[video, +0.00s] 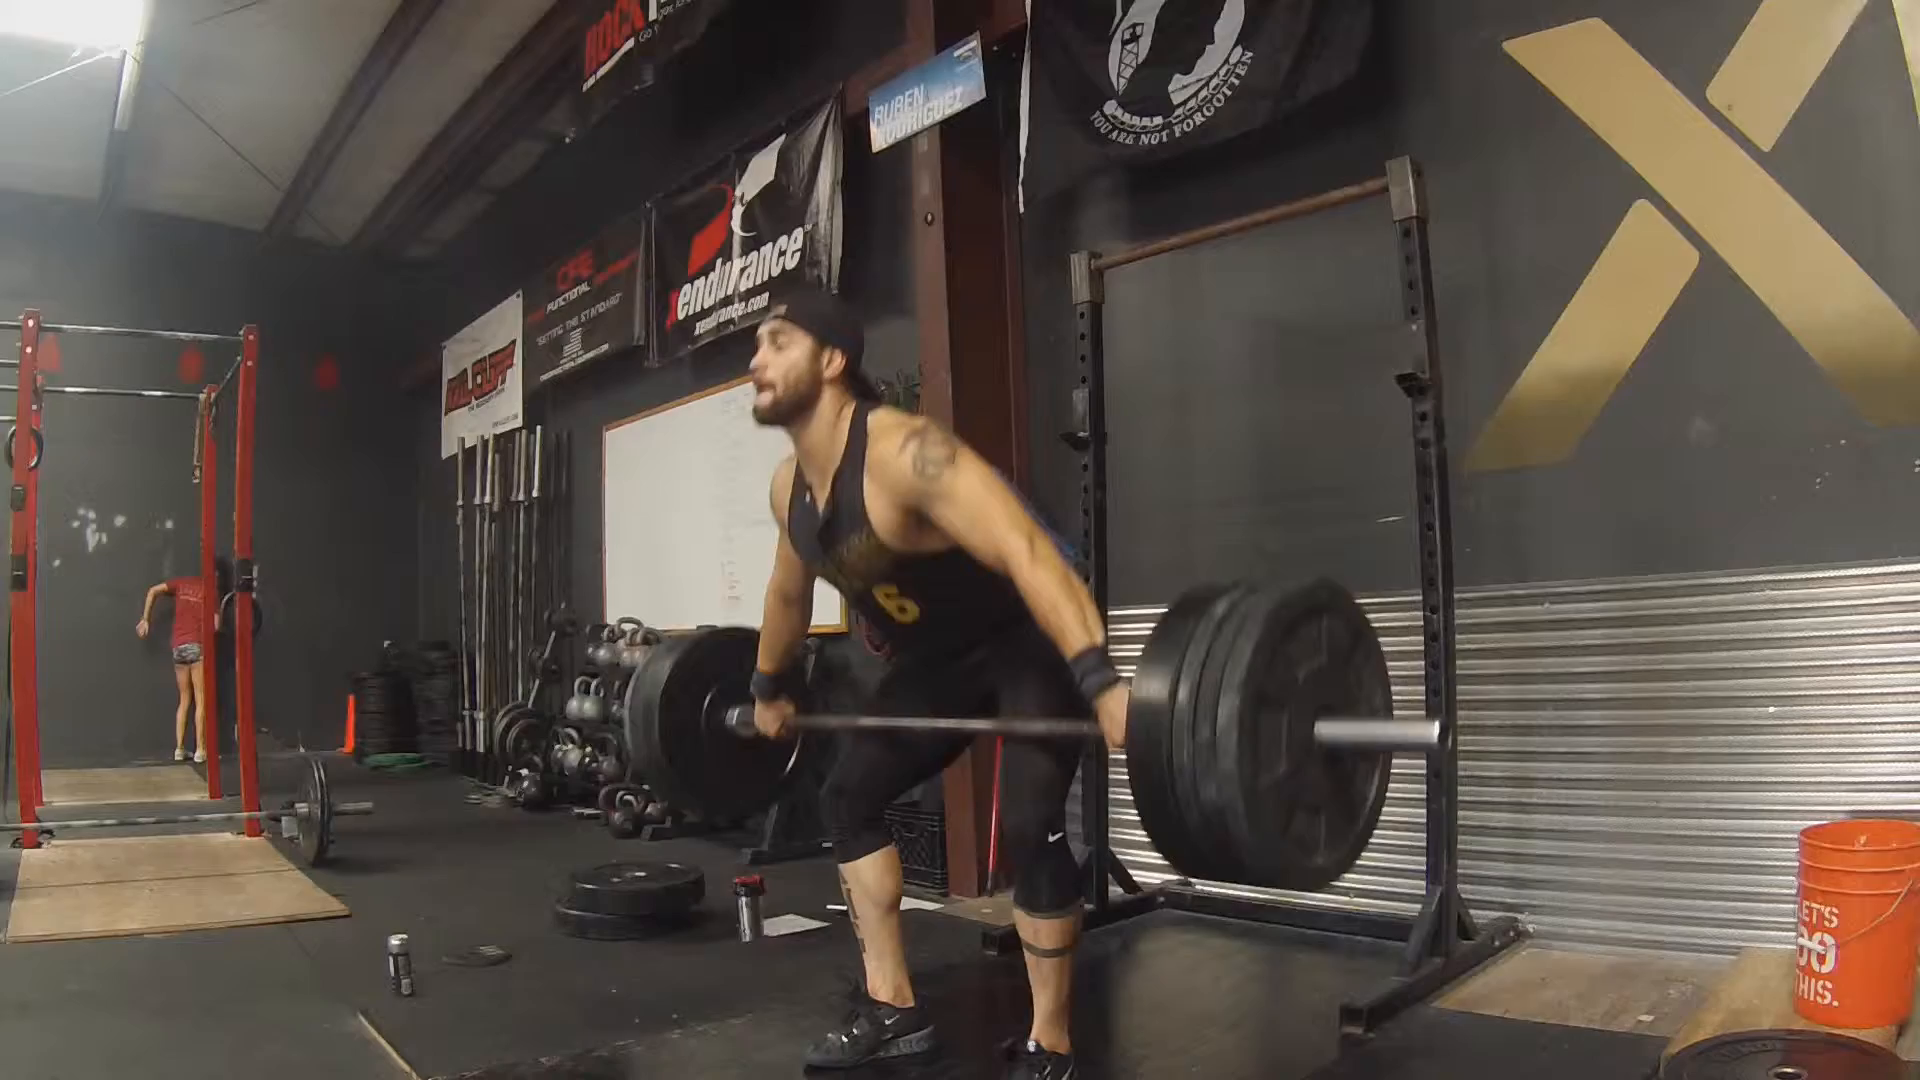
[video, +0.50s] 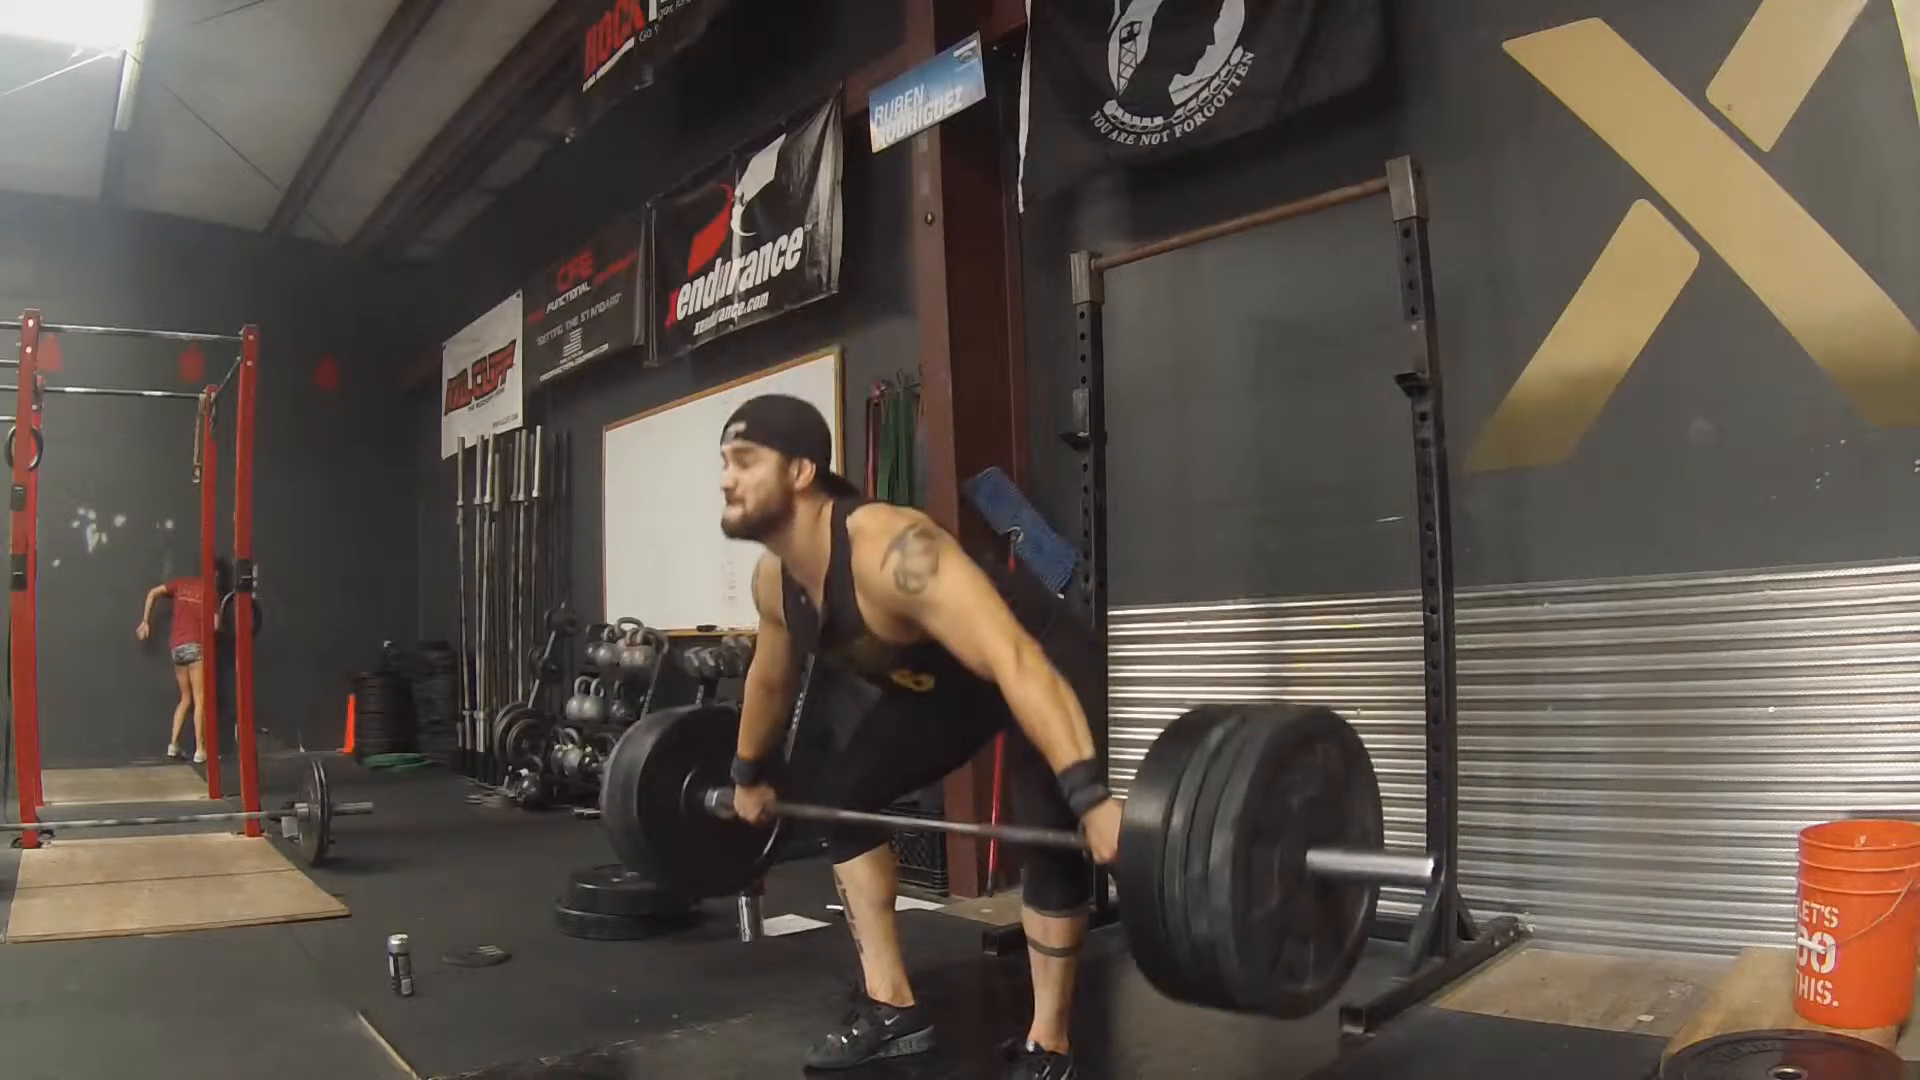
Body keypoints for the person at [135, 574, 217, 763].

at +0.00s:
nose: (217, 579)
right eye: (218, 576)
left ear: (203, 571)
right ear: (216, 575)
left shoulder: (183, 583)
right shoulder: (213, 592)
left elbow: (153, 590)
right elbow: (216, 625)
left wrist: (145, 619)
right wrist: (215, 608)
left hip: (178, 643)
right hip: (198, 642)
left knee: (184, 698)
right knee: (200, 699)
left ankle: (179, 748)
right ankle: (200, 749)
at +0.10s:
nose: (218, 580)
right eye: (218, 577)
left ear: (203, 571)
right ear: (216, 575)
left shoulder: (184, 583)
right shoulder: (213, 592)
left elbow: (154, 590)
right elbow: (216, 625)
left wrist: (145, 619)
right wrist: (215, 608)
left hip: (179, 643)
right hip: (198, 642)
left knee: (185, 699)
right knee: (200, 699)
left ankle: (179, 748)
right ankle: (200, 749)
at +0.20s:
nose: (218, 580)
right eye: (219, 577)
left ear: (203, 571)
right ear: (216, 575)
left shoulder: (183, 583)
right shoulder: (214, 592)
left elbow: (154, 591)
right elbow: (216, 625)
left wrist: (146, 619)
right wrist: (215, 608)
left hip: (178, 642)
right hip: (197, 642)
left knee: (185, 699)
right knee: (200, 699)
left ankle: (179, 747)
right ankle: (200, 749)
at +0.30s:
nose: (218, 580)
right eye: (219, 577)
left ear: (203, 571)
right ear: (216, 575)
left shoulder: (183, 583)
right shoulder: (213, 592)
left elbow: (154, 592)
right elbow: (216, 625)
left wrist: (147, 620)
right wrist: (215, 608)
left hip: (178, 642)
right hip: (197, 642)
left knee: (185, 699)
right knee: (200, 699)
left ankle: (180, 747)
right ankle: (200, 749)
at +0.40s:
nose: (220, 580)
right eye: (220, 576)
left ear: (204, 571)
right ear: (217, 575)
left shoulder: (183, 584)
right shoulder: (213, 591)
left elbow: (154, 591)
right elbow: (216, 625)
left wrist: (146, 620)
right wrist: (214, 609)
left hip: (177, 642)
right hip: (197, 642)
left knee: (186, 698)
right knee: (200, 700)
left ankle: (176, 745)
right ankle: (200, 749)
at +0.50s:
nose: (218, 580)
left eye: (217, 576)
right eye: (218, 576)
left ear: (203, 571)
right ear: (215, 575)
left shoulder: (181, 584)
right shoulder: (212, 592)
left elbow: (153, 592)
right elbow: (215, 624)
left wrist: (145, 621)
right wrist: (213, 609)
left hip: (176, 643)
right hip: (196, 643)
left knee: (185, 698)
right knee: (199, 699)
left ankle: (173, 744)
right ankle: (200, 749)